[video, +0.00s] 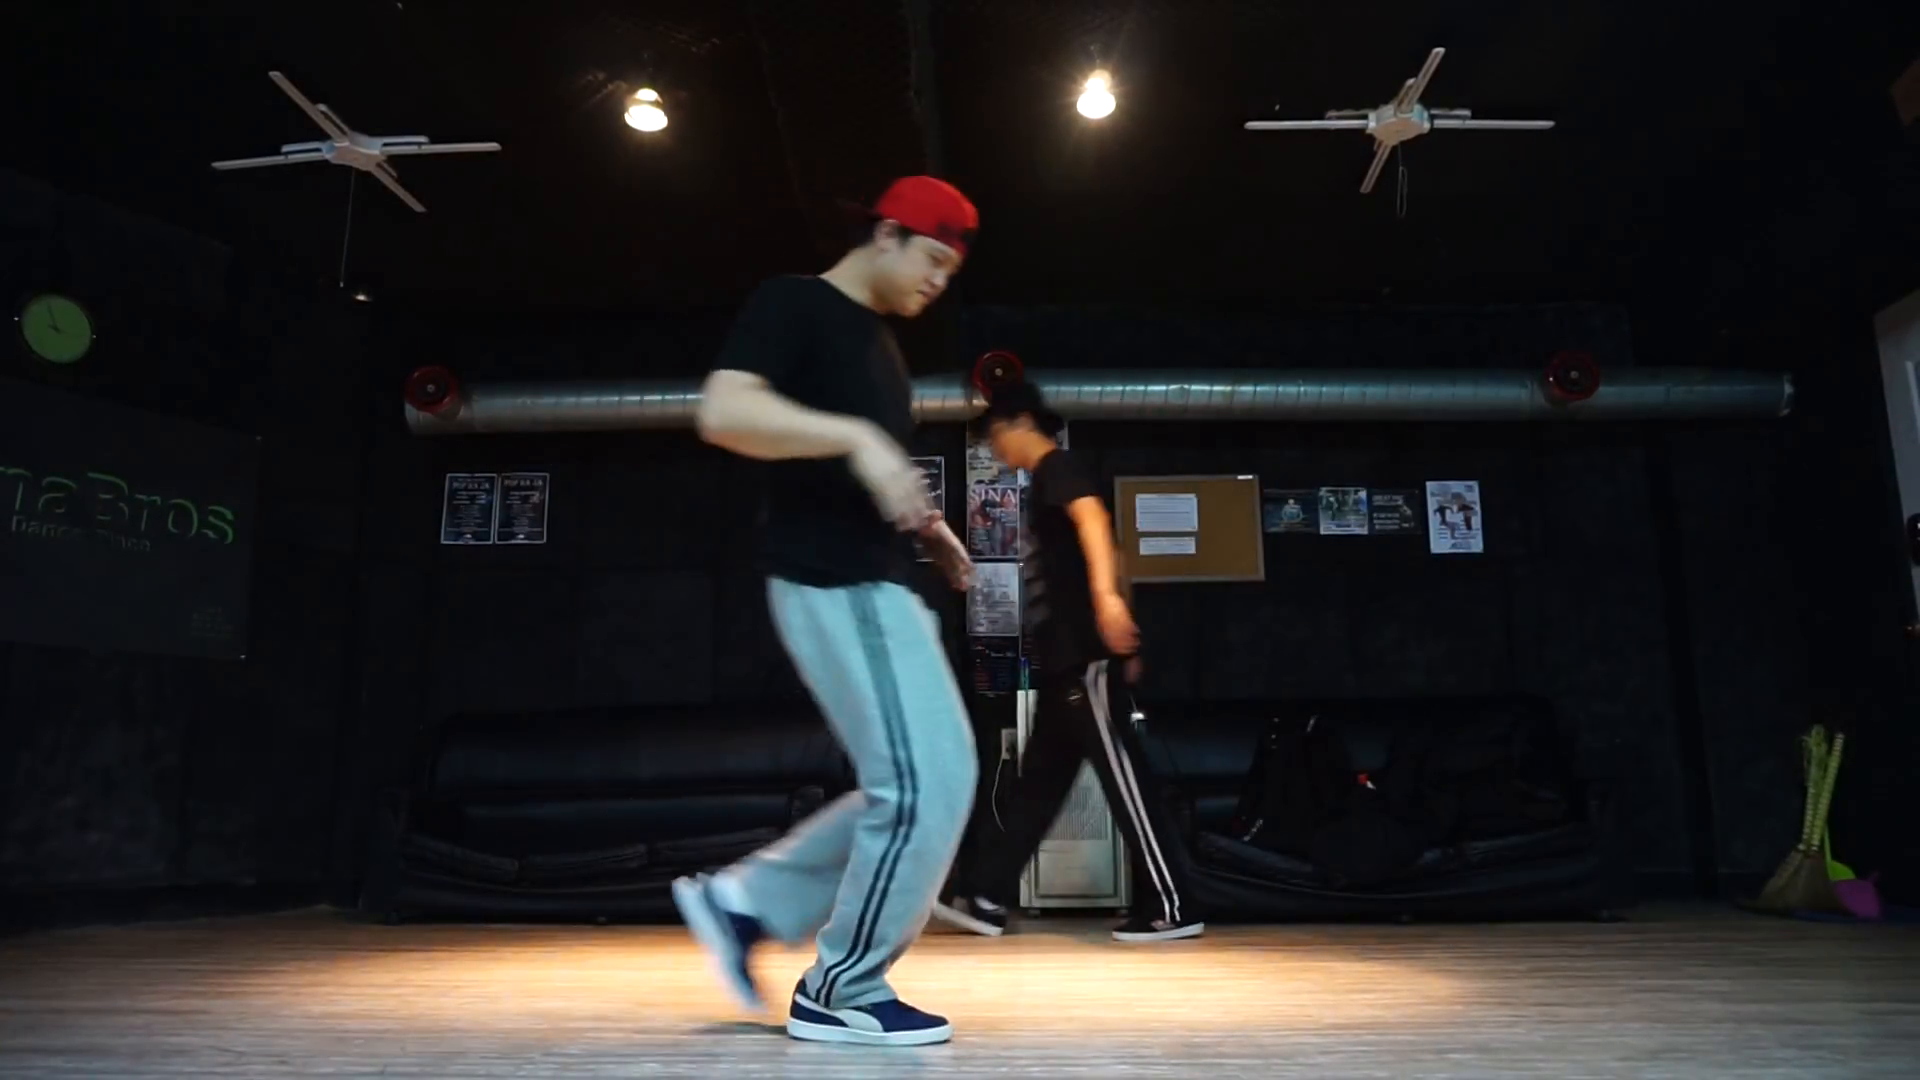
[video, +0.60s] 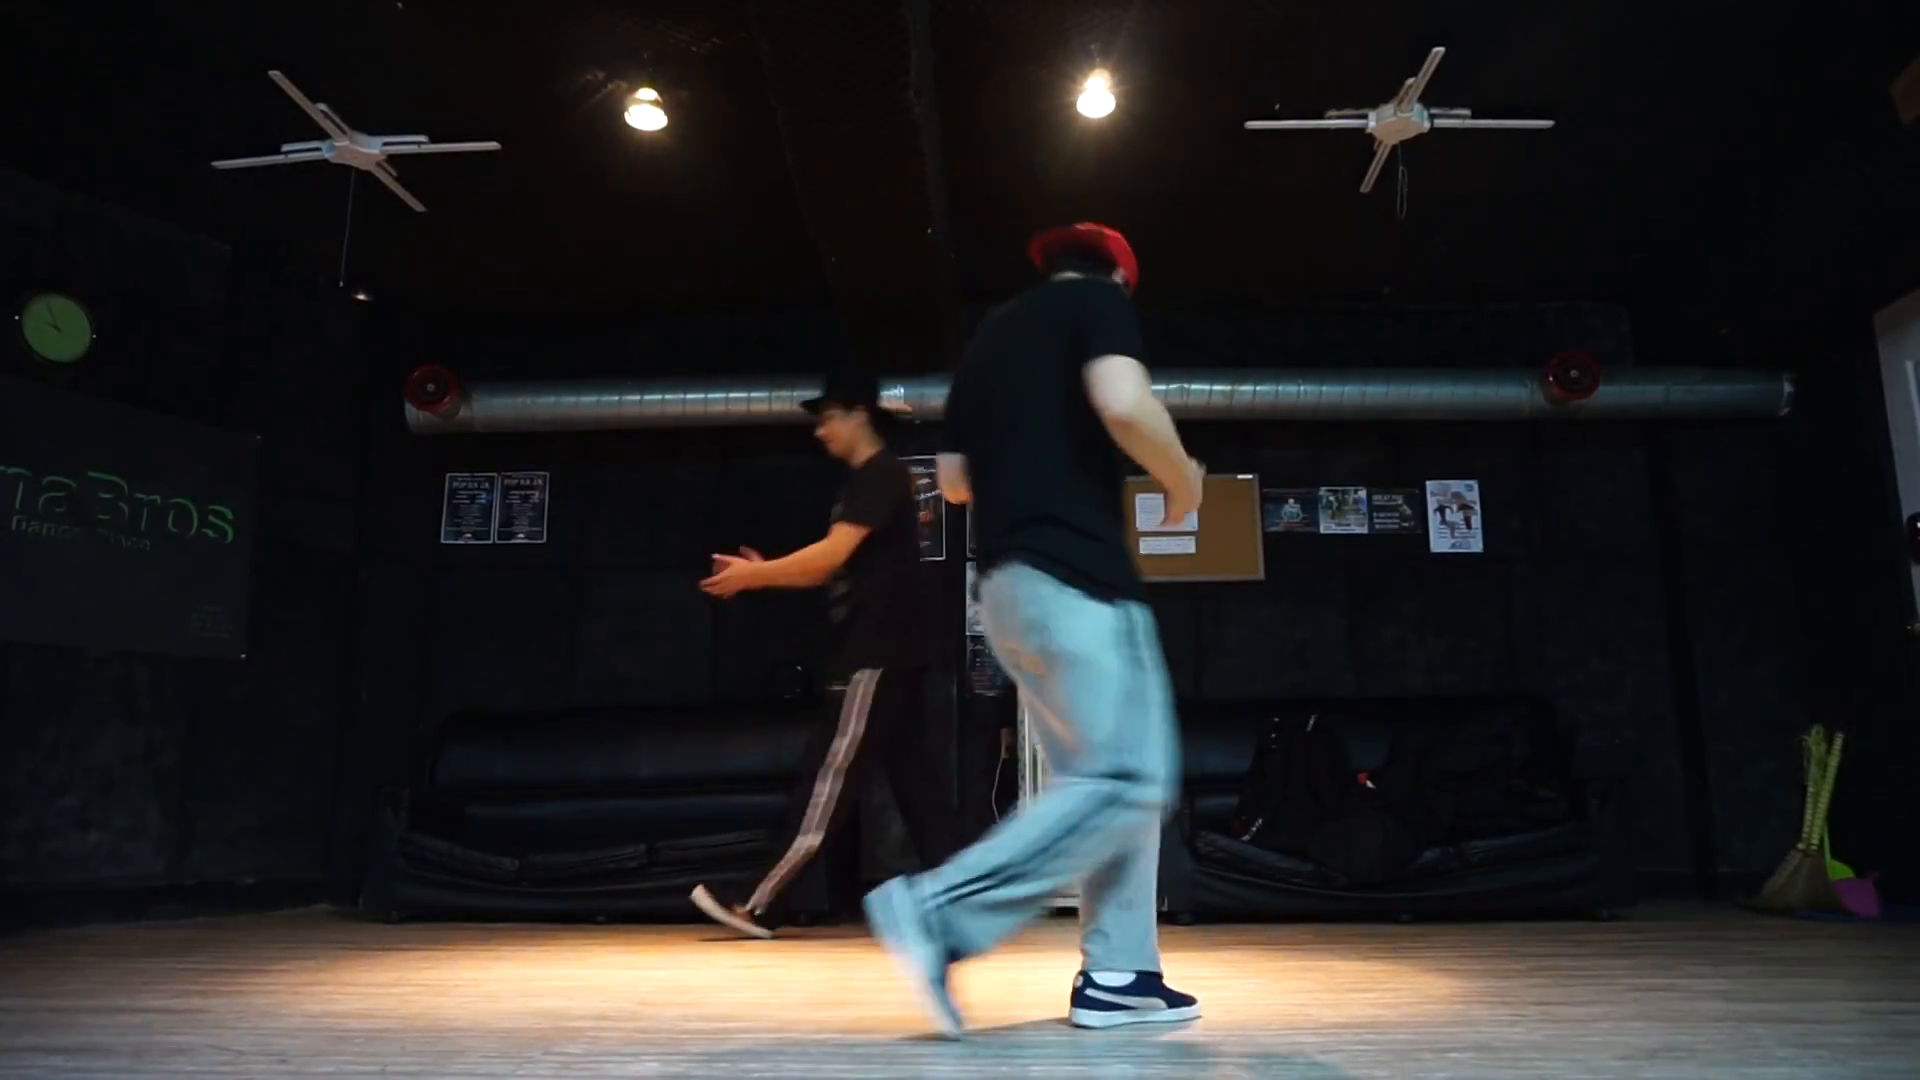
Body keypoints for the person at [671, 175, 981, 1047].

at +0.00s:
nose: (938, 280)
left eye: (948, 268)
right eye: (930, 258)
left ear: (939, 269)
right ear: (884, 234)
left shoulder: (875, 341)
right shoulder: (795, 305)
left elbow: (871, 461)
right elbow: (723, 410)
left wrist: (925, 524)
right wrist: (858, 436)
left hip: (875, 585)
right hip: (834, 587)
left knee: (914, 787)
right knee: (927, 782)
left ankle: (740, 901)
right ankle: (843, 989)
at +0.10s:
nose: (971, 282)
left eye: (979, 268)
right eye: (969, 261)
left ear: (941, 247)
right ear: (926, 232)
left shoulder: (899, 329)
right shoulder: (832, 294)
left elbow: (898, 463)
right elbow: (783, 398)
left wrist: (954, 517)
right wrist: (922, 393)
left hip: (914, 579)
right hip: (870, 580)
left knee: (998, 773)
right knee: (939, 782)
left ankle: (824, 919)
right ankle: (843, 992)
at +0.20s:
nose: (1006, 266)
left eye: (1013, 251)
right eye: (1005, 244)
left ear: (973, 223)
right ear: (966, 215)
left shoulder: (931, 310)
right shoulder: (876, 277)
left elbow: (923, 444)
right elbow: (861, 375)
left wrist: (975, 484)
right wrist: (992, 350)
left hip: (948, 570)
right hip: (903, 567)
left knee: (1026, 748)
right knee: (937, 771)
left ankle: (936, 958)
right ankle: (841, 985)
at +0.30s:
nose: (1042, 253)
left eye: (1047, 238)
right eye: (1042, 232)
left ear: (1003, 207)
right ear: (1009, 206)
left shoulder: (956, 286)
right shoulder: (935, 256)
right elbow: (937, 356)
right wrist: (1057, 340)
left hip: (965, 556)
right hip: (932, 551)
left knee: (1044, 741)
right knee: (929, 761)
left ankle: (1050, 964)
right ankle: (844, 985)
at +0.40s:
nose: (1077, 264)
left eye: (1079, 248)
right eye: (1076, 242)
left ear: (1013, 215)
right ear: (1053, 220)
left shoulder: (963, 279)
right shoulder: (997, 260)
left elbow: (902, 430)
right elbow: (1012, 359)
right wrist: (1122, 374)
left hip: (981, 556)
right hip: (974, 556)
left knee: (1066, 754)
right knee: (944, 765)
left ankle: (1109, 968)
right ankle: (844, 980)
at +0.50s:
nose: (1106, 277)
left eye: (1106, 263)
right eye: (1105, 261)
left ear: (1034, 246)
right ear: (1088, 248)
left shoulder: (979, 314)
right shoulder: (1054, 280)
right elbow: (1076, 381)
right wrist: (1171, 430)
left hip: (986, 563)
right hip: (1022, 567)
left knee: (1104, 747)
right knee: (1011, 764)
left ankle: (1117, 971)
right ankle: (863, 961)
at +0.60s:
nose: (1128, 298)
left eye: (1123, 287)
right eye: (1125, 286)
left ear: (1048, 273)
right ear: (1109, 275)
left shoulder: (991, 338)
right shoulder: (1098, 297)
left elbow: (956, 480)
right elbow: (1119, 401)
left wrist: (1053, 481)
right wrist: (1184, 479)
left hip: (1006, 583)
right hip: (1068, 578)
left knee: (1108, 777)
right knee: (1131, 778)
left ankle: (1118, 973)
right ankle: (932, 914)